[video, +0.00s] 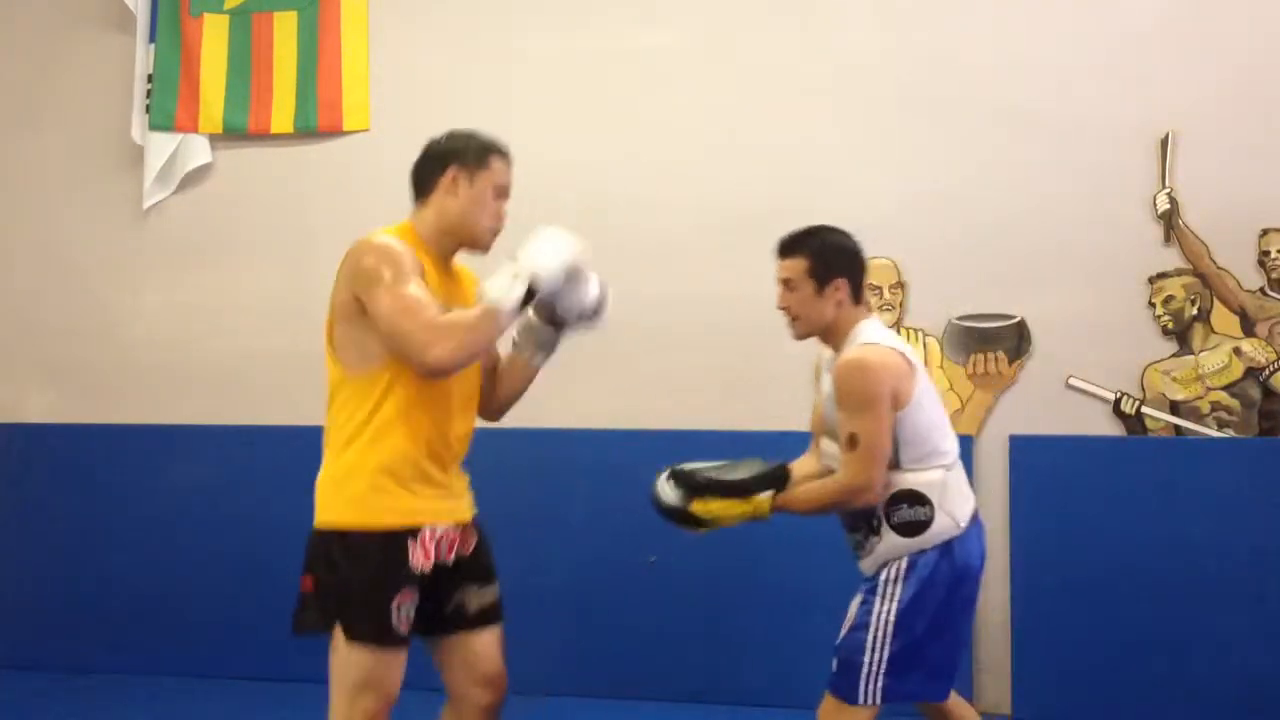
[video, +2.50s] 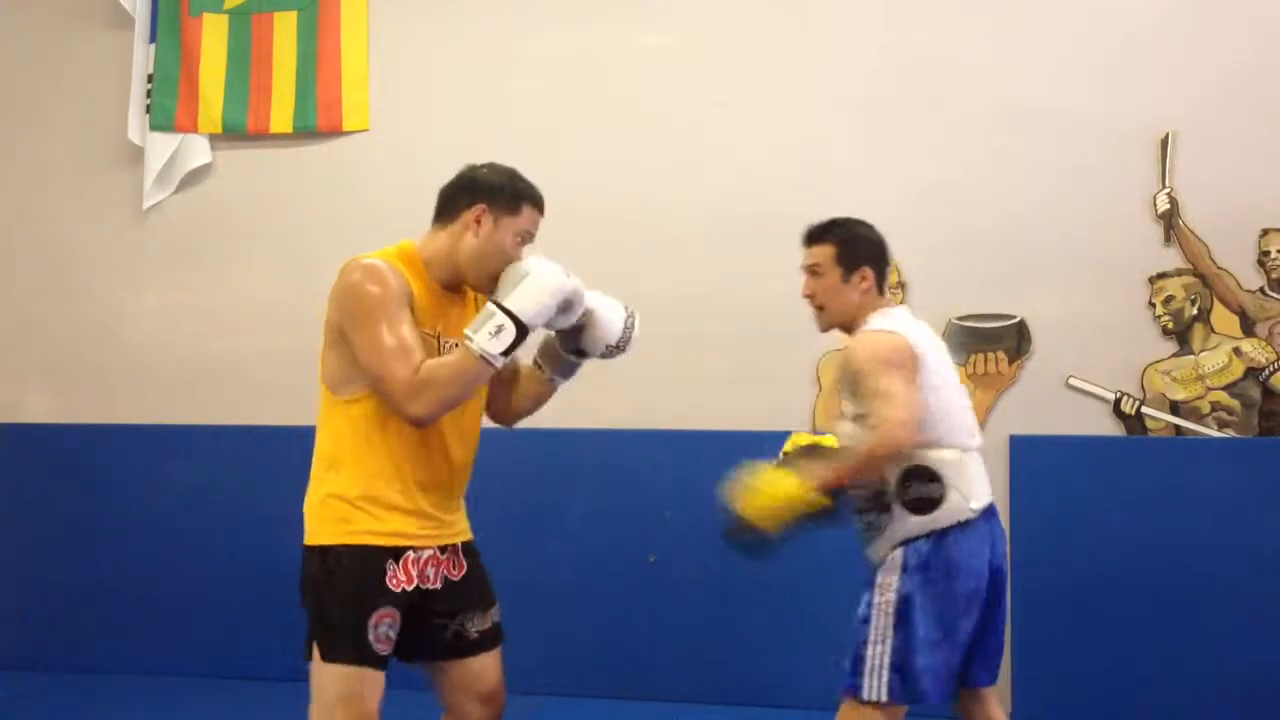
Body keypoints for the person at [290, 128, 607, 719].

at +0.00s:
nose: (503, 214)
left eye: (506, 199)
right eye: (497, 194)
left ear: (461, 189)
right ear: (450, 183)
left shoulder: (462, 284)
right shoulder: (377, 258)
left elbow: (489, 401)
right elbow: (434, 348)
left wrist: (544, 330)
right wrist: (517, 287)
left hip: (448, 512)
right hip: (371, 517)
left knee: (480, 690)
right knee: (365, 700)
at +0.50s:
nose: (516, 236)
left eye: (516, 220)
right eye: (508, 217)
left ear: (468, 218)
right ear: (467, 215)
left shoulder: (447, 303)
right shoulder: (418, 300)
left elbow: (427, 431)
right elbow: (398, 430)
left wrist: (490, 494)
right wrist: (491, 486)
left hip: (427, 533)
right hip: (369, 538)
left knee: (465, 693)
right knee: (362, 704)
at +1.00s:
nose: (504, 237)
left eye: (504, 221)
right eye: (494, 218)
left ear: (456, 219)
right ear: (451, 217)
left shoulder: (454, 316)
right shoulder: (377, 297)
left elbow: (431, 415)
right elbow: (354, 423)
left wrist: (501, 405)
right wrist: (470, 416)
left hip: (425, 537)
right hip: (352, 542)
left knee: (466, 696)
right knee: (346, 708)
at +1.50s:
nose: (519, 235)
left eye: (521, 220)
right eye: (512, 216)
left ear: (472, 212)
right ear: (468, 207)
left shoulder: (472, 307)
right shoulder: (386, 282)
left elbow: (476, 427)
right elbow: (421, 403)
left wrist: (538, 370)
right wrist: (512, 343)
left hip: (441, 530)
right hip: (366, 532)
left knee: (461, 697)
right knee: (366, 705)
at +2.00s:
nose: (510, 269)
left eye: (516, 255)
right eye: (510, 251)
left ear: (470, 236)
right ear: (470, 234)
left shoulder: (452, 312)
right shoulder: (372, 294)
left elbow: (463, 425)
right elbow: (439, 406)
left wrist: (537, 359)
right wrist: (518, 319)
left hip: (423, 540)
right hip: (354, 549)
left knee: (485, 695)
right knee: (377, 710)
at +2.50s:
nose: (523, 258)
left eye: (528, 244)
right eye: (520, 239)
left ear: (480, 225)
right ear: (477, 220)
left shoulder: (477, 304)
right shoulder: (369, 280)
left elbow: (505, 405)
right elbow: (417, 398)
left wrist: (567, 351)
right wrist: (507, 318)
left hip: (444, 532)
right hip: (359, 534)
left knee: (481, 699)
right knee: (350, 708)